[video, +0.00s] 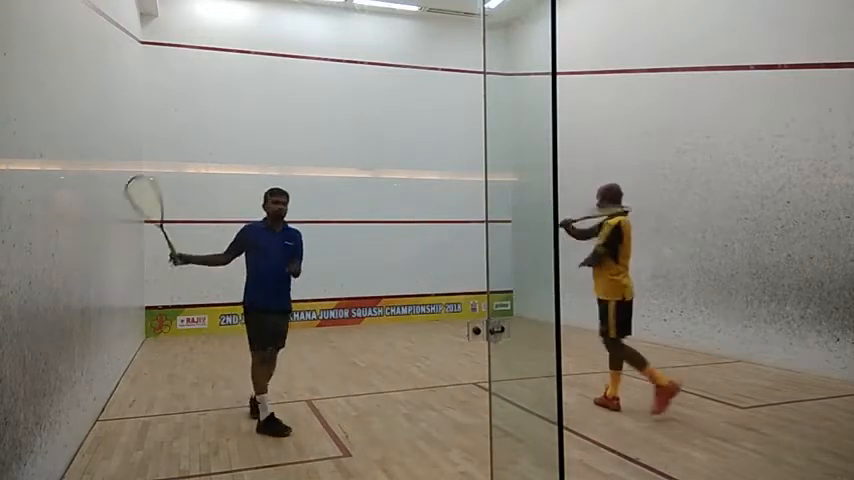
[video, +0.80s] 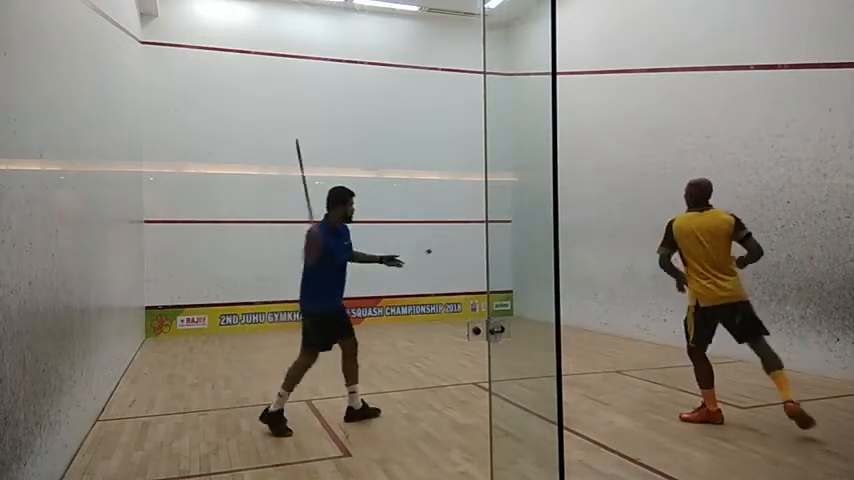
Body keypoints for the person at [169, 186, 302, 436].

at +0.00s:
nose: (279, 207)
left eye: (283, 203)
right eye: (274, 203)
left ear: (287, 207)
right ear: (265, 205)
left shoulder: (293, 236)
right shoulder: (250, 232)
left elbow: (296, 271)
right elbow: (224, 258)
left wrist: (294, 268)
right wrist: (187, 258)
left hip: (280, 305)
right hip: (255, 304)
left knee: (272, 356)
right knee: (260, 357)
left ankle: (258, 398)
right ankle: (266, 417)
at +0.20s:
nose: (288, 203)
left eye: (290, 200)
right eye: (283, 199)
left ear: (292, 203)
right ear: (270, 202)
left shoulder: (298, 232)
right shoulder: (254, 231)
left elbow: (303, 267)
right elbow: (224, 256)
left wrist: (314, 297)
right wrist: (197, 246)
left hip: (290, 307)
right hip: (263, 307)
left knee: (295, 355)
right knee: (261, 356)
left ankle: (268, 386)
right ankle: (264, 418)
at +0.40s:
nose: (304, 202)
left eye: (304, 198)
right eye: (298, 198)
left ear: (300, 201)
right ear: (283, 201)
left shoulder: (307, 230)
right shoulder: (265, 230)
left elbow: (322, 264)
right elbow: (236, 254)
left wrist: (345, 291)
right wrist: (222, 241)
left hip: (300, 304)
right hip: (273, 306)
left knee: (318, 348)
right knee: (269, 356)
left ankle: (302, 403)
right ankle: (266, 417)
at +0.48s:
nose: (315, 203)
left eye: (315, 199)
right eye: (310, 199)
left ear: (305, 202)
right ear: (294, 202)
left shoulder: (315, 231)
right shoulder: (275, 229)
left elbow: (334, 263)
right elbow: (248, 254)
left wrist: (359, 285)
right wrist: (238, 242)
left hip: (306, 304)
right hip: (279, 306)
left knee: (325, 347)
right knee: (275, 358)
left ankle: (330, 406)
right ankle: (267, 417)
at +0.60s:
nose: (327, 206)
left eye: (327, 201)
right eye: (323, 201)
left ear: (316, 204)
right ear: (307, 203)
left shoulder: (324, 232)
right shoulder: (288, 230)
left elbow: (344, 262)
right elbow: (263, 254)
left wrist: (374, 276)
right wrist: (258, 241)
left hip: (312, 304)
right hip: (288, 306)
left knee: (331, 348)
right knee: (281, 358)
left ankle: (348, 405)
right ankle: (268, 416)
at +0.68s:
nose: (340, 208)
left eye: (340, 204)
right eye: (337, 204)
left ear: (328, 206)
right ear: (324, 205)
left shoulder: (333, 232)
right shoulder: (301, 231)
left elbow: (350, 261)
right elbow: (280, 257)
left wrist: (382, 265)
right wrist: (283, 240)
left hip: (322, 307)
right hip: (300, 308)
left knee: (340, 348)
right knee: (291, 358)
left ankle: (352, 406)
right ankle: (269, 415)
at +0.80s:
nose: (353, 209)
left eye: (353, 205)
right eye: (350, 205)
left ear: (340, 207)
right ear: (337, 207)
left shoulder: (342, 232)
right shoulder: (317, 233)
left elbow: (350, 256)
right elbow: (310, 262)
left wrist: (381, 259)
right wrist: (316, 241)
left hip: (332, 304)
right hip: (316, 306)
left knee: (350, 347)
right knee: (306, 358)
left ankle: (355, 406)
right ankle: (275, 411)